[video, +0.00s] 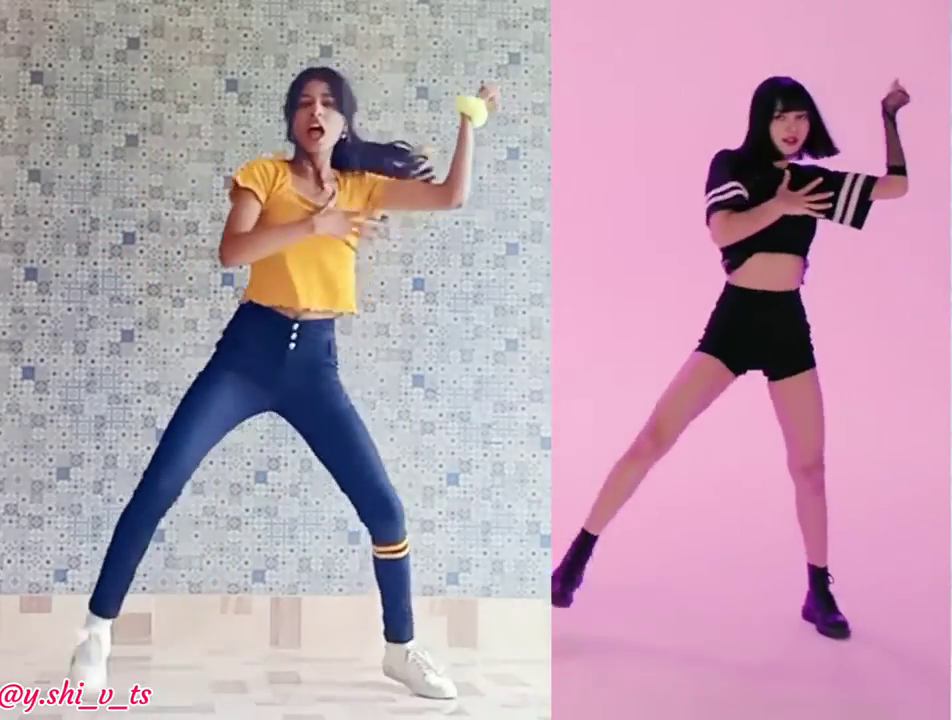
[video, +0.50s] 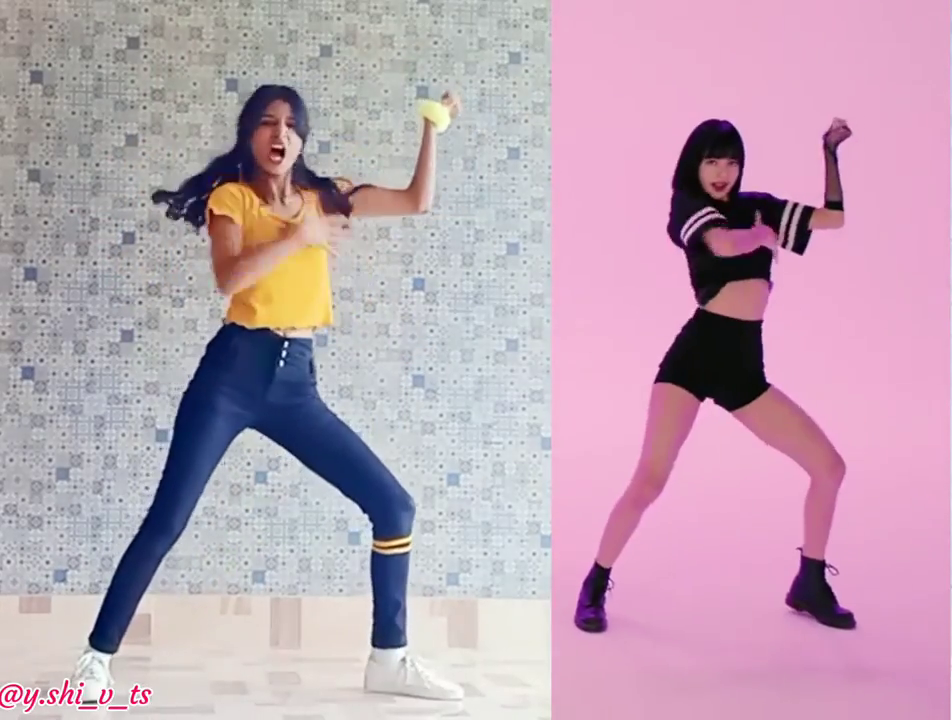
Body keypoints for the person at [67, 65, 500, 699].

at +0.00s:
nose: (314, 113)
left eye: (327, 104)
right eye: (304, 104)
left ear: (346, 120)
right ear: (289, 118)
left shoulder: (362, 186)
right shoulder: (263, 174)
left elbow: (450, 194)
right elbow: (232, 251)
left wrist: (468, 124)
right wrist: (316, 222)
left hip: (315, 370)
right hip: (245, 360)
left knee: (385, 510)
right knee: (159, 485)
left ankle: (401, 649)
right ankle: (95, 637)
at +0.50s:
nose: (280, 134)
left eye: (290, 126)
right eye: (267, 124)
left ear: (303, 138)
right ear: (246, 135)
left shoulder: (321, 197)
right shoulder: (231, 196)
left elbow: (415, 200)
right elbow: (231, 278)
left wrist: (429, 130)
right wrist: (304, 231)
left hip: (294, 387)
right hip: (230, 379)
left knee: (393, 505)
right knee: (166, 522)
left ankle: (389, 660)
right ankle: (95, 661)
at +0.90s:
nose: (277, 127)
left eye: (288, 118)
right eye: (264, 117)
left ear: (302, 132)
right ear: (247, 131)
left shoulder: (321, 188)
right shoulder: (233, 195)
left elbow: (412, 185)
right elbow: (213, 290)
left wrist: (425, 108)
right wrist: (295, 257)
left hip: (291, 382)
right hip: (226, 373)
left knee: (385, 505)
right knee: (162, 520)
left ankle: (389, 660)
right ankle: (95, 662)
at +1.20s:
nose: (235, 135)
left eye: (249, 125)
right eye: (226, 123)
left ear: (270, 134)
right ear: (213, 133)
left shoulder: (304, 178)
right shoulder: (208, 213)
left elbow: (402, 167)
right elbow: (167, 301)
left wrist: (443, 103)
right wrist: (122, 358)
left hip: (280, 376)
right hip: (215, 366)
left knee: (375, 498)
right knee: (150, 510)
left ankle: (387, 659)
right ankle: (92, 660)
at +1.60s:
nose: (324, 174)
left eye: (340, 179)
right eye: (323, 164)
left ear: (347, 208)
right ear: (302, 170)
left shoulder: (344, 245)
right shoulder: (243, 234)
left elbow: (438, 233)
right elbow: (179, 308)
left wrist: (470, 159)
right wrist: (106, 359)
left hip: (328, 417)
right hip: (259, 422)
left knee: (388, 545)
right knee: (160, 508)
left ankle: (404, 660)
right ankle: (131, 662)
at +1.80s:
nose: (311, 151)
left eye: (327, 151)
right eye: (307, 139)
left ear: (339, 171)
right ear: (289, 144)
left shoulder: (342, 213)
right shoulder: (243, 214)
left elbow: (432, 192)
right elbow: (176, 287)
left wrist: (455, 115)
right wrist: (102, 330)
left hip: (323, 395)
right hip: (252, 392)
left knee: (388, 519)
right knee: (149, 472)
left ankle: (401, 654)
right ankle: (130, 615)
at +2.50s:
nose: (315, 155)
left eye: (326, 147)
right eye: (305, 146)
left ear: (340, 159)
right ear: (287, 153)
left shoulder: (339, 236)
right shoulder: (251, 206)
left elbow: (326, 321)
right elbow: (189, 282)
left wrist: (347, 281)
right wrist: (117, 333)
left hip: (306, 382)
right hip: (240, 378)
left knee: (364, 509)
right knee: (162, 499)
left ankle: (369, 640)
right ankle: (122, 631)